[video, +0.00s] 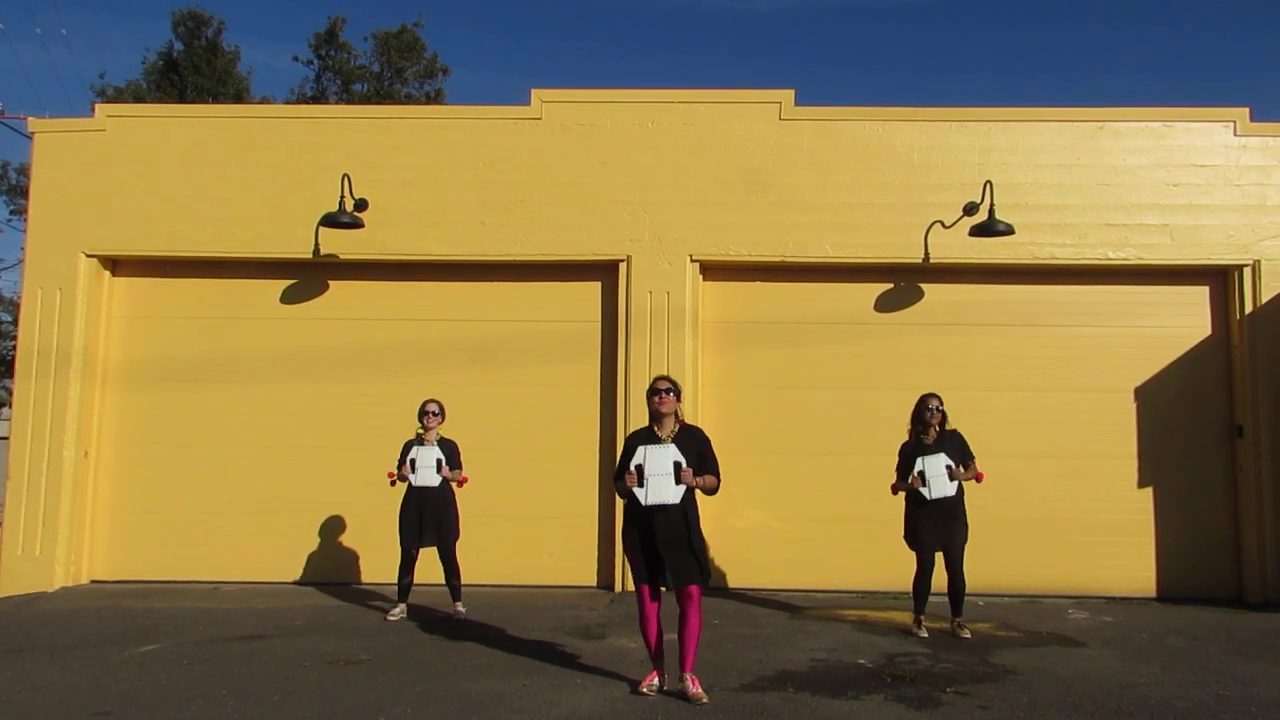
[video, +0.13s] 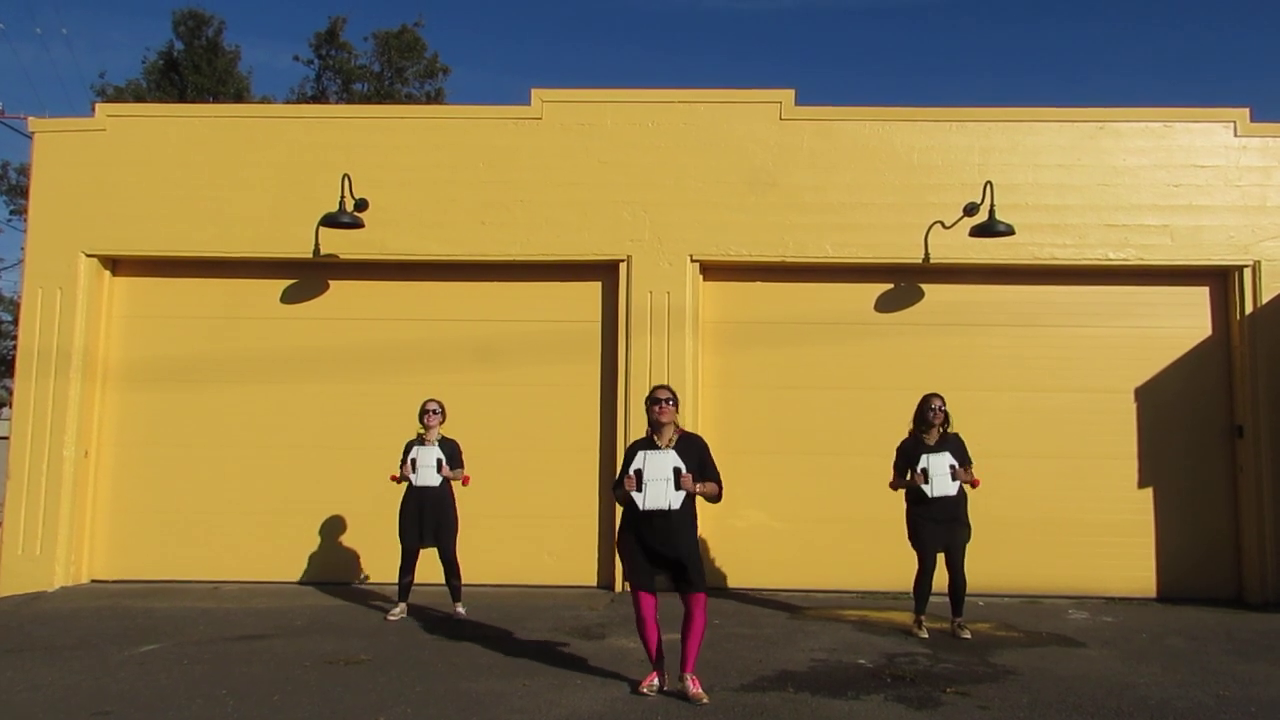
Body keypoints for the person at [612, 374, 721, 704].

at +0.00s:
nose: (661, 397)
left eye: (667, 393)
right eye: (655, 393)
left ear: (678, 400)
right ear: (648, 400)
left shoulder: (695, 437)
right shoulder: (636, 440)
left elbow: (713, 483)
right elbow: (619, 485)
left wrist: (695, 480)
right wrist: (626, 483)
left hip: (682, 530)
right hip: (641, 532)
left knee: (691, 598)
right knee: (648, 600)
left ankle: (687, 675)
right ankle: (657, 672)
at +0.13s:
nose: (662, 407)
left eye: (668, 402)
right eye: (656, 402)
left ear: (676, 410)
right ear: (647, 409)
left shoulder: (694, 445)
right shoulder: (636, 449)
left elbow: (716, 492)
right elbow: (618, 494)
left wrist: (695, 486)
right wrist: (625, 488)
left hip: (681, 538)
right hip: (639, 539)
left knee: (697, 601)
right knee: (645, 606)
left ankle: (687, 675)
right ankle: (657, 673)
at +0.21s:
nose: (665, 399)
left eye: (670, 395)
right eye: (659, 394)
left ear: (678, 402)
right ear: (648, 400)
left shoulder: (693, 438)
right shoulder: (635, 440)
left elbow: (712, 485)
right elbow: (616, 488)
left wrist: (697, 480)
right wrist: (627, 482)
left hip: (682, 534)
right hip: (642, 534)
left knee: (693, 598)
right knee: (648, 602)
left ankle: (687, 675)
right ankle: (658, 672)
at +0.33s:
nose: (667, 393)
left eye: (673, 389)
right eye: (661, 388)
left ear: (680, 395)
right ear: (649, 392)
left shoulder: (690, 431)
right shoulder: (631, 430)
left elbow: (707, 479)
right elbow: (612, 477)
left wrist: (696, 474)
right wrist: (629, 472)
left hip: (685, 530)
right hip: (646, 530)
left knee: (684, 599)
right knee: (653, 600)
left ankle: (686, 675)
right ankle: (657, 672)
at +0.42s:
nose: (670, 395)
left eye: (675, 391)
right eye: (663, 390)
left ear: (680, 398)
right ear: (649, 394)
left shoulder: (688, 434)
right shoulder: (630, 434)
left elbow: (706, 484)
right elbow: (610, 481)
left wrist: (698, 478)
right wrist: (627, 473)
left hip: (687, 531)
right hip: (649, 532)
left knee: (683, 600)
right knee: (654, 600)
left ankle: (686, 675)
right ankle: (657, 672)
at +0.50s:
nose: (678, 397)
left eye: (680, 392)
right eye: (671, 391)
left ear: (679, 398)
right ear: (651, 396)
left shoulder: (688, 433)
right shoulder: (631, 434)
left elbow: (704, 484)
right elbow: (611, 482)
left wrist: (699, 477)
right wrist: (629, 473)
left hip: (686, 531)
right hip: (648, 531)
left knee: (685, 600)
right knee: (655, 599)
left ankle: (686, 675)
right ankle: (657, 671)